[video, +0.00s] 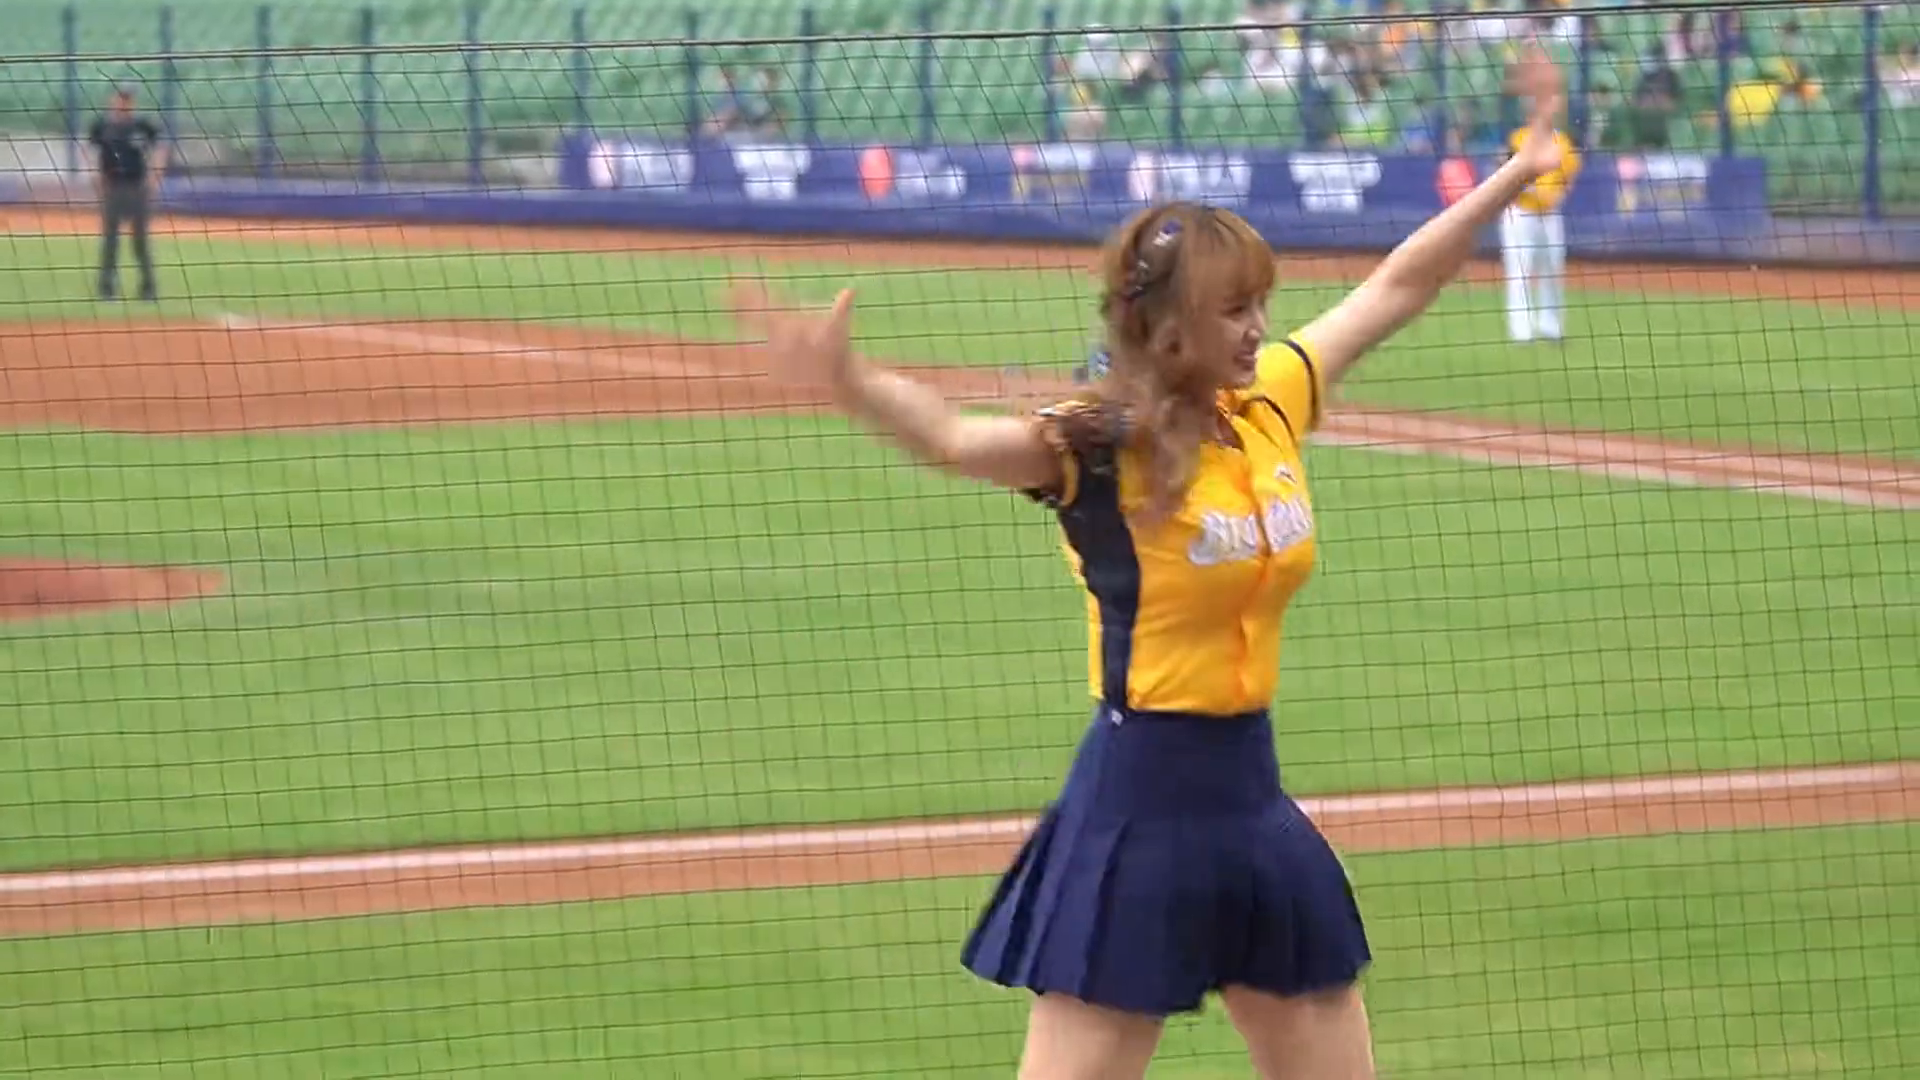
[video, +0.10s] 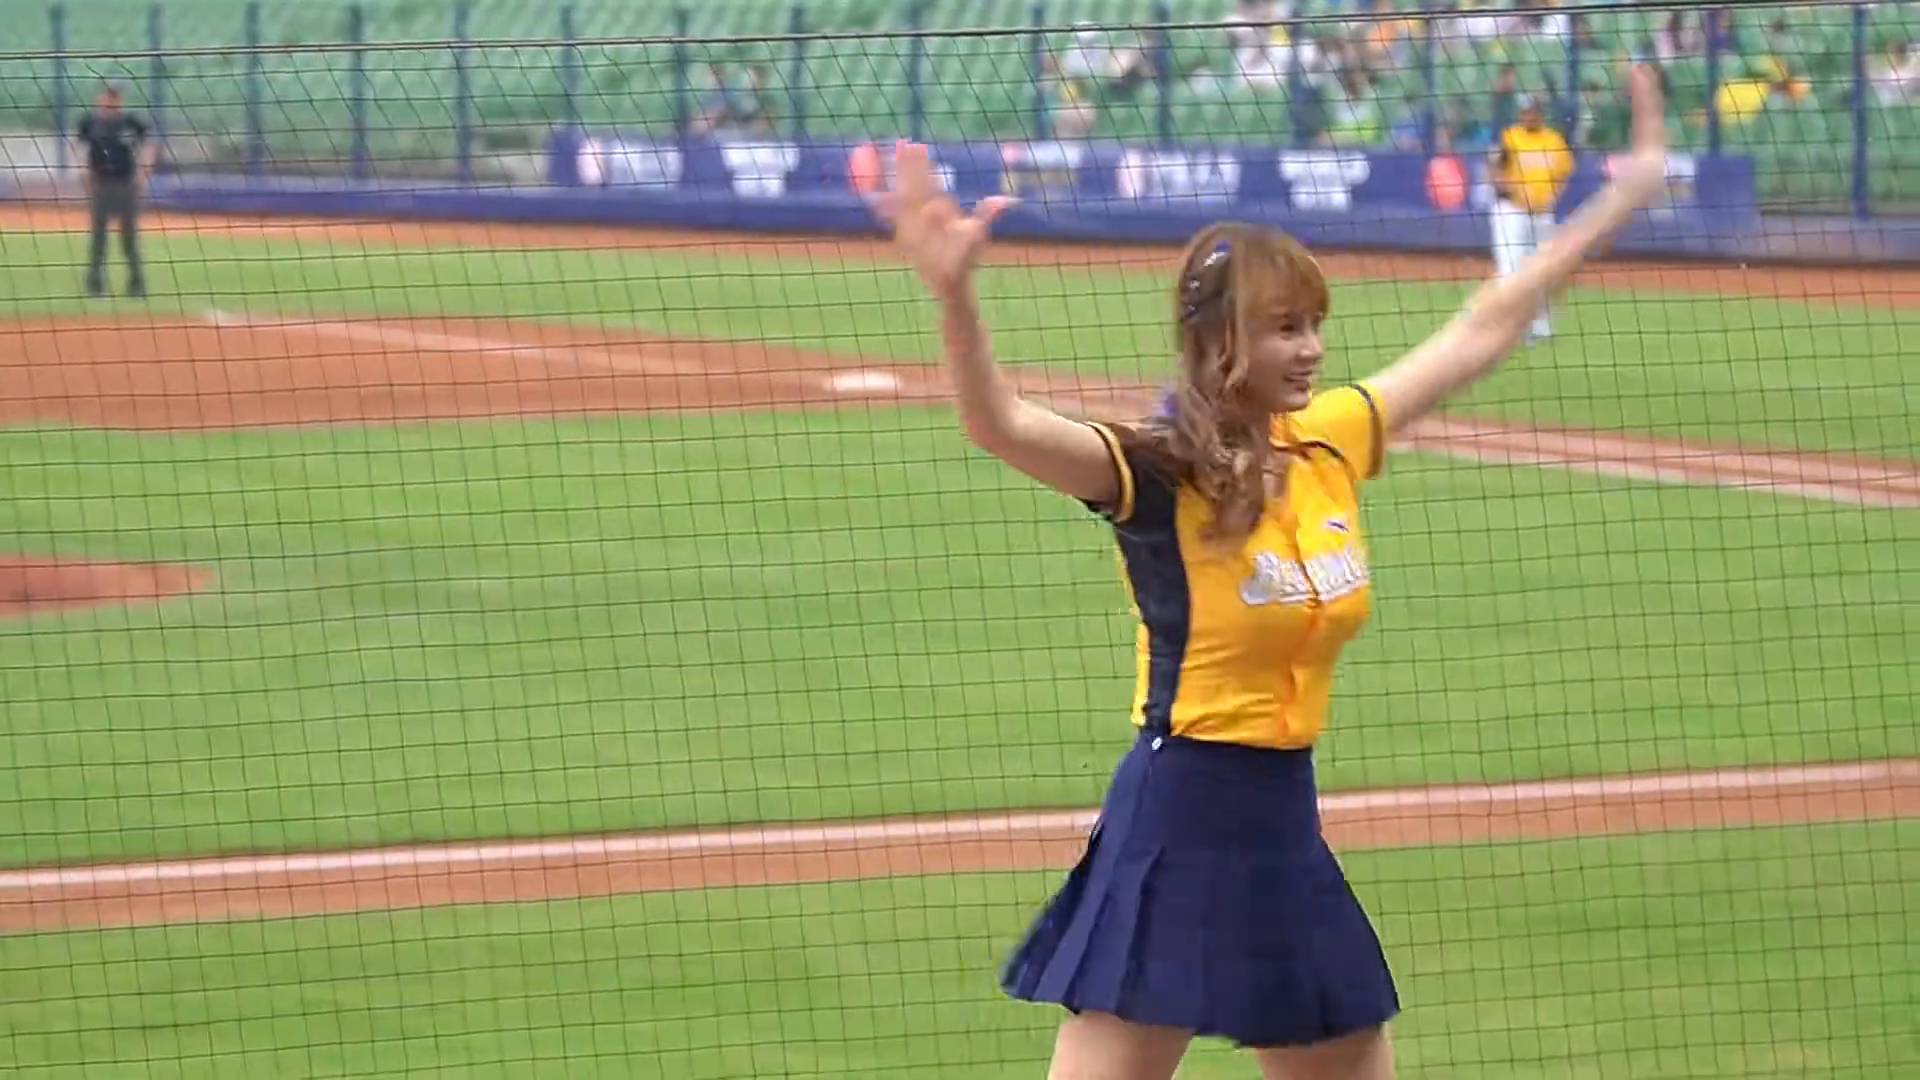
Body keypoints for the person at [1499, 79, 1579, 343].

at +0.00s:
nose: (1545, 117)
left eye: (1549, 111)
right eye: (1539, 112)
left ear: (1555, 114)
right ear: (1531, 114)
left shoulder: (1561, 140)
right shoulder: (1518, 140)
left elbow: (1572, 167)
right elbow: (1510, 174)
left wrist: (1557, 193)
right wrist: (1532, 195)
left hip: (1549, 211)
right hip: (1520, 211)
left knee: (1551, 267)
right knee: (1521, 268)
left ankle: (1550, 321)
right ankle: (1522, 324)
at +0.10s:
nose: (1530, 118)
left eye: (1534, 113)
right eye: (1525, 113)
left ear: (1541, 114)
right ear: (1519, 115)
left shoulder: (1554, 139)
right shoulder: (1509, 138)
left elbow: (1567, 169)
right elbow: (1495, 172)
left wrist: (1552, 196)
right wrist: (1516, 194)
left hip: (1543, 210)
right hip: (1511, 210)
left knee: (1541, 270)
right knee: (1513, 269)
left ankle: (1541, 322)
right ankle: (1515, 325)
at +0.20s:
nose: (1526, 117)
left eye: (1530, 112)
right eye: (1521, 111)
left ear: (1538, 114)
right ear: (1515, 113)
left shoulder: (1545, 139)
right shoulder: (1505, 136)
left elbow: (1558, 169)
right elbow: (1489, 168)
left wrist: (1546, 197)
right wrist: (1505, 193)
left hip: (1534, 210)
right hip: (1504, 209)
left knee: (1530, 268)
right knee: (1504, 267)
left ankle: (1528, 321)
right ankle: (1501, 323)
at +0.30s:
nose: (1519, 118)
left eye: (1524, 113)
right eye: (1515, 112)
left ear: (1532, 115)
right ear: (1508, 114)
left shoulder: (1538, 141)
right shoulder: (1497, 136)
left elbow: (1548, 170)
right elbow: (1480, 167)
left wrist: (1536, 197)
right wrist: (1494, 193)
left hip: (1525, 210)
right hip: (1494, 209)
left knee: (1519, 269)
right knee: (1494, 267)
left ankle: (1517, 322)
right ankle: (1490, 324)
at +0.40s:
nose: (1513, 117)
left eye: (1518, 112)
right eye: (1509, 111)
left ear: (1526, 115)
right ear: (1501, 112)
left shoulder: (1529, 141)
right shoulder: (1489, 134)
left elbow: (1537, 171)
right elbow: (1470, 163)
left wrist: (1527, 199)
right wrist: (1483, 191)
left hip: (1515, 209)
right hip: (1484, 208)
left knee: (1508, 267)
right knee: (1483, 265)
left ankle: (1505, 322)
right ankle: (1477, 323)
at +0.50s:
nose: (1501, 115)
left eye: (1507, 110)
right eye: (1498, 109)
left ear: (1516, 113)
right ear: (1491, 111)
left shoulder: (1520, 140)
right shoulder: (1480, 131)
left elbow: (1526, 170)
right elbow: (1461, 161)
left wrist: (1516, 197)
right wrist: (1474, 187)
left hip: (1503, 209)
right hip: (1472, 205)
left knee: (1495, 265)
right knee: (1470, 262)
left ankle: (1493, 320)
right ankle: (1464, 320)